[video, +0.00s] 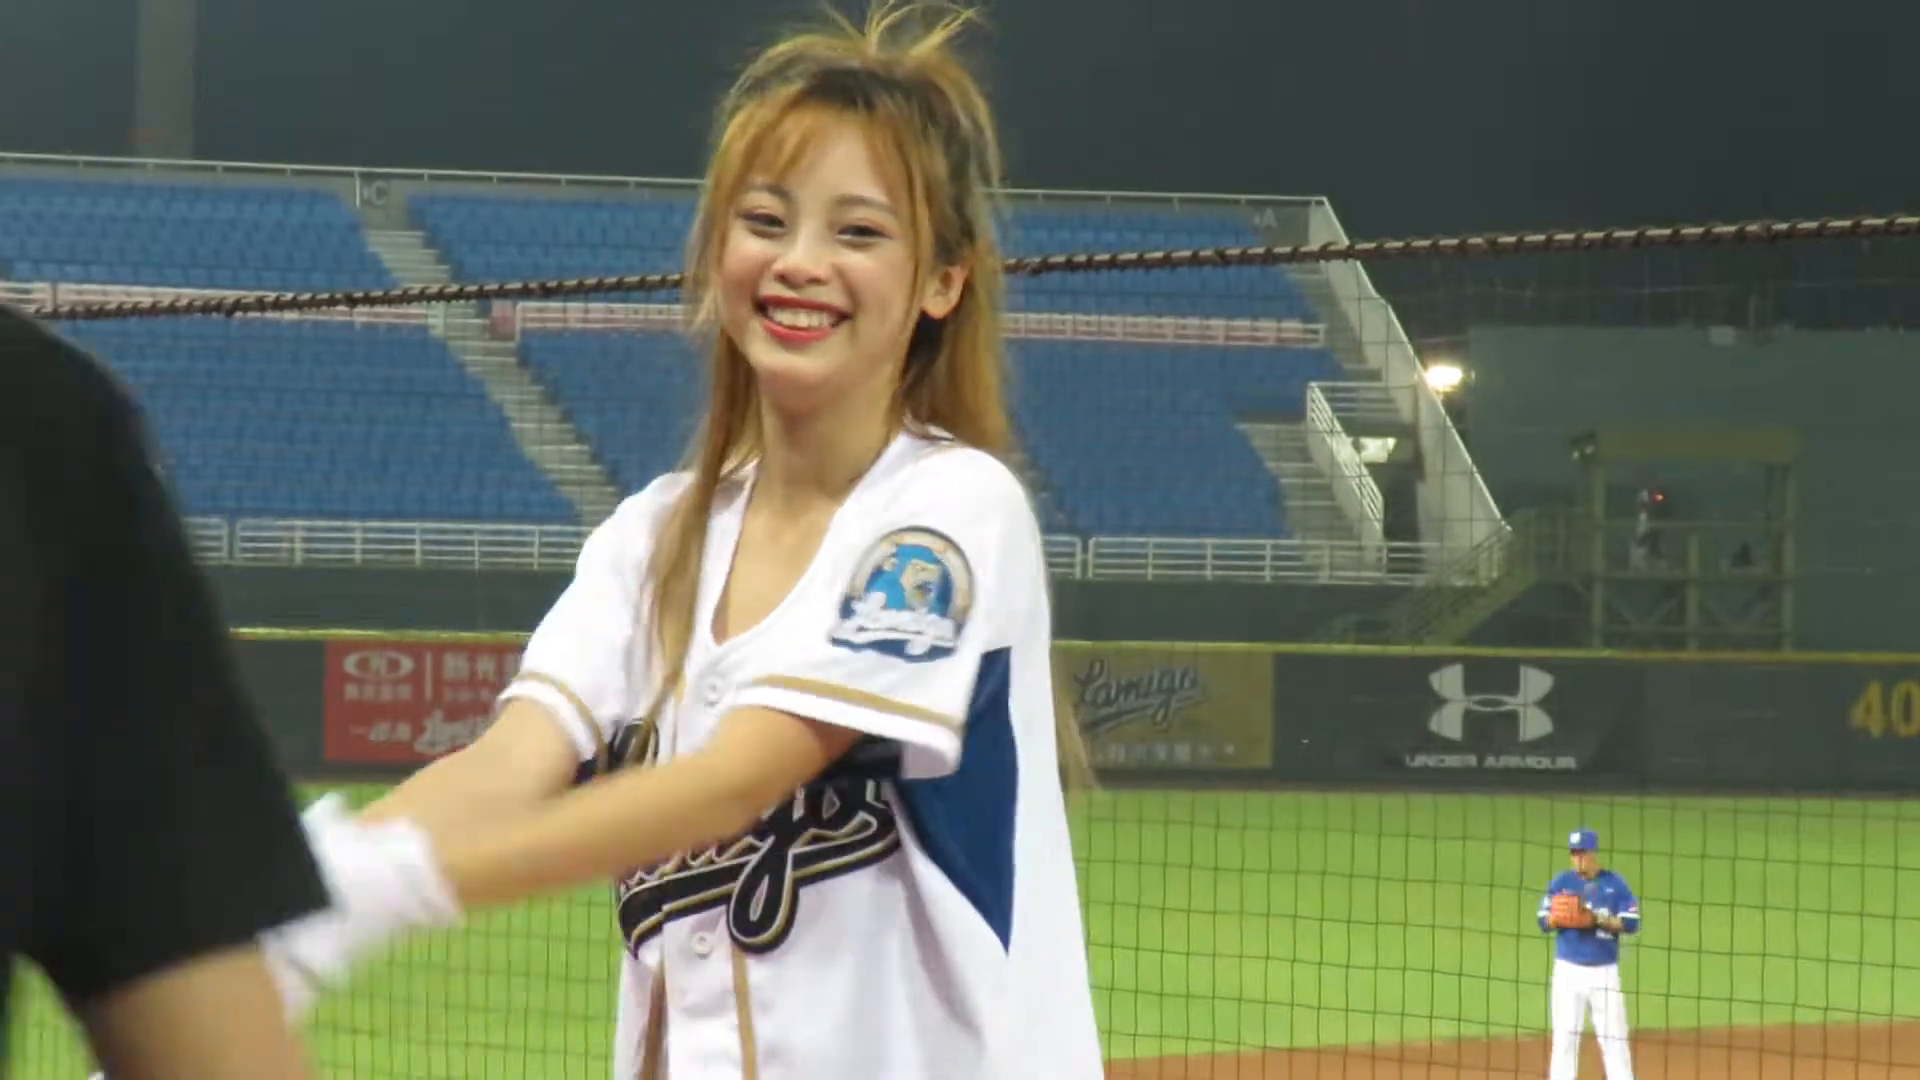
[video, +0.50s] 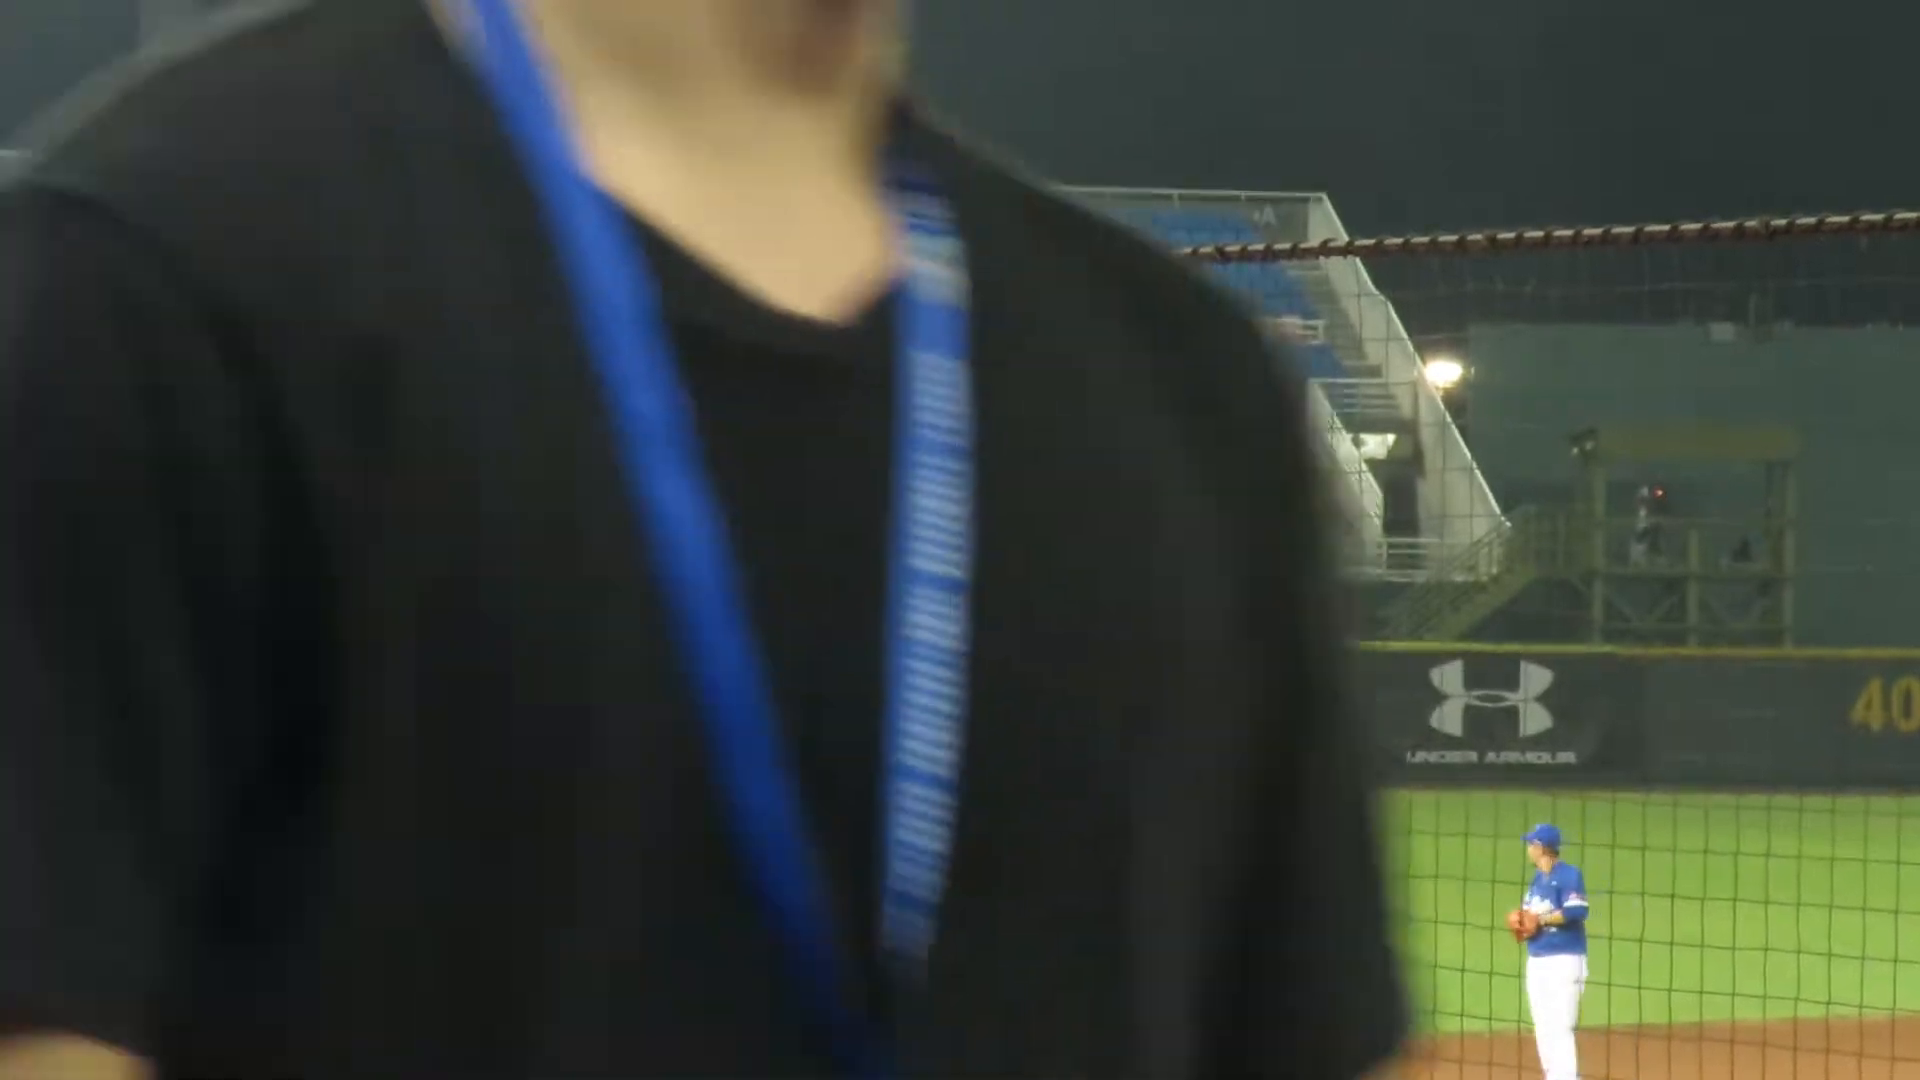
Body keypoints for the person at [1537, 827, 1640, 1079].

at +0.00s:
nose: (1579, 860)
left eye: (1584, 854)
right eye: (1575, 854)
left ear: (1595, 853)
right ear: (1571, 855)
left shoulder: (1614, 883)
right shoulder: (1562, 882)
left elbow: (1632, 923)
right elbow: (1543, 922)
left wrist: (1595, 918)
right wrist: (1561, 916)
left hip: (1604, 970)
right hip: (1568, 970)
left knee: (1614, 1038)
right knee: (1565, 1039)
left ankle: (1622, 1077)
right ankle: (1561, 1077)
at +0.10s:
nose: (1559, 855)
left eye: (1565, 850)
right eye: (1558, 850)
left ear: (1580, 852)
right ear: (1558, 852)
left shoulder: (1603, 880)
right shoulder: (1552, 881)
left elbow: (1621, 920)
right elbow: (1532, 917)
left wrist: (1582, 918)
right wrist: (1550, 918)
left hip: (1595, 967)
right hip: (1560, 967)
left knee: (1609, 1035)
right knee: (1560, 1035)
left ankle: (1621, 1077)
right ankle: (1558, 1078)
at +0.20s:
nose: (1545, 852)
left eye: (1550, 847)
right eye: (1546, 847)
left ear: (1564, 851)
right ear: (1558, 852)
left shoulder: (1593, 879)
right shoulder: (1545, 881)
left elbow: (1611, 916)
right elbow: (1531, 914)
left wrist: (1569, 919)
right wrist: (1538, 919)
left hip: (1587, 965)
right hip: (1553, 965)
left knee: (1600, 1033)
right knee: (1557, 1033)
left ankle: (1616, 1077)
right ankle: (1558, 1078)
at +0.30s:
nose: (1538, 851)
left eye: (1542, 846)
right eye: (1539, 846)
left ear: (1556, 850)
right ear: (1552, 850)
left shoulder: (1583, 877)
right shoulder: (1542, 879)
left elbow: (1600, 913)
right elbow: (1530, 909)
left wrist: (1557, 920)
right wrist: (1530, 920)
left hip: (1579, 962)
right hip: (1547, 962)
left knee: (1585, 1027)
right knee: (1552, 1028)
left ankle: (1604, 1076)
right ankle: (1558, 1076)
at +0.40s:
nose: (1534, 850)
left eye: (1537, 846)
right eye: (1535, 845)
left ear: (1548, 849)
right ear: (1546, 848)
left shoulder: (1575, 875)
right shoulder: (1539, 880)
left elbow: (1589, 912)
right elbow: (1530, 912)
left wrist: (1547, 920)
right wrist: (1525, 921)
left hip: (1572, 963)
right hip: (1543, 962)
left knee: (1572, 1030)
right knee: (1548, 1028)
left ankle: (1588, 1076)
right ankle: (1556, 1074)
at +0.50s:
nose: (1528, 850)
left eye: (1532, 845)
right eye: (1529, 845)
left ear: (1543, 848)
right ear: (1540, 847)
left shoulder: (1569, 874)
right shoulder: (1537, 878)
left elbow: (1578, 911)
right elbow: (1531, 911)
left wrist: (1540, 919)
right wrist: (1522, 921)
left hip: (1564, 961)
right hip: (1538, 960)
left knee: (1559, 1027)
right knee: (1543, 1027)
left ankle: (1565, 1075)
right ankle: (1551, 1073)